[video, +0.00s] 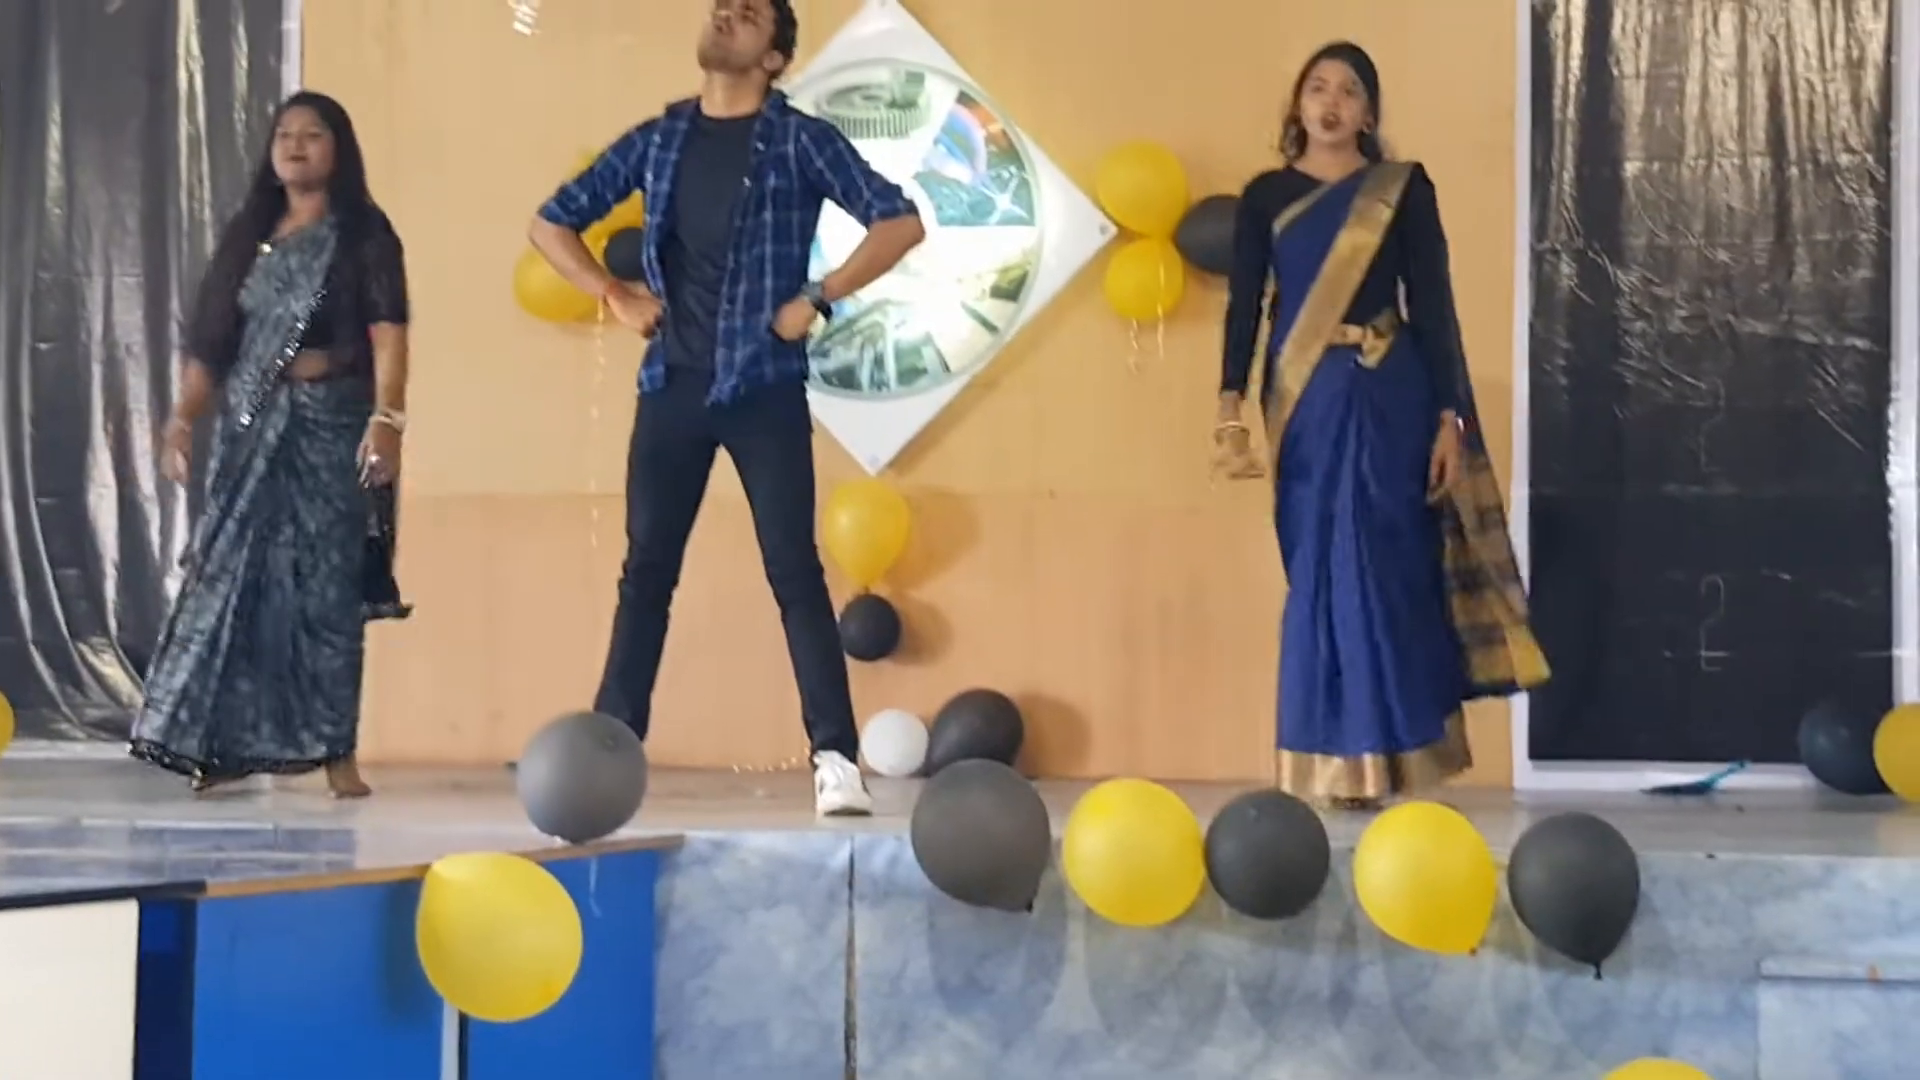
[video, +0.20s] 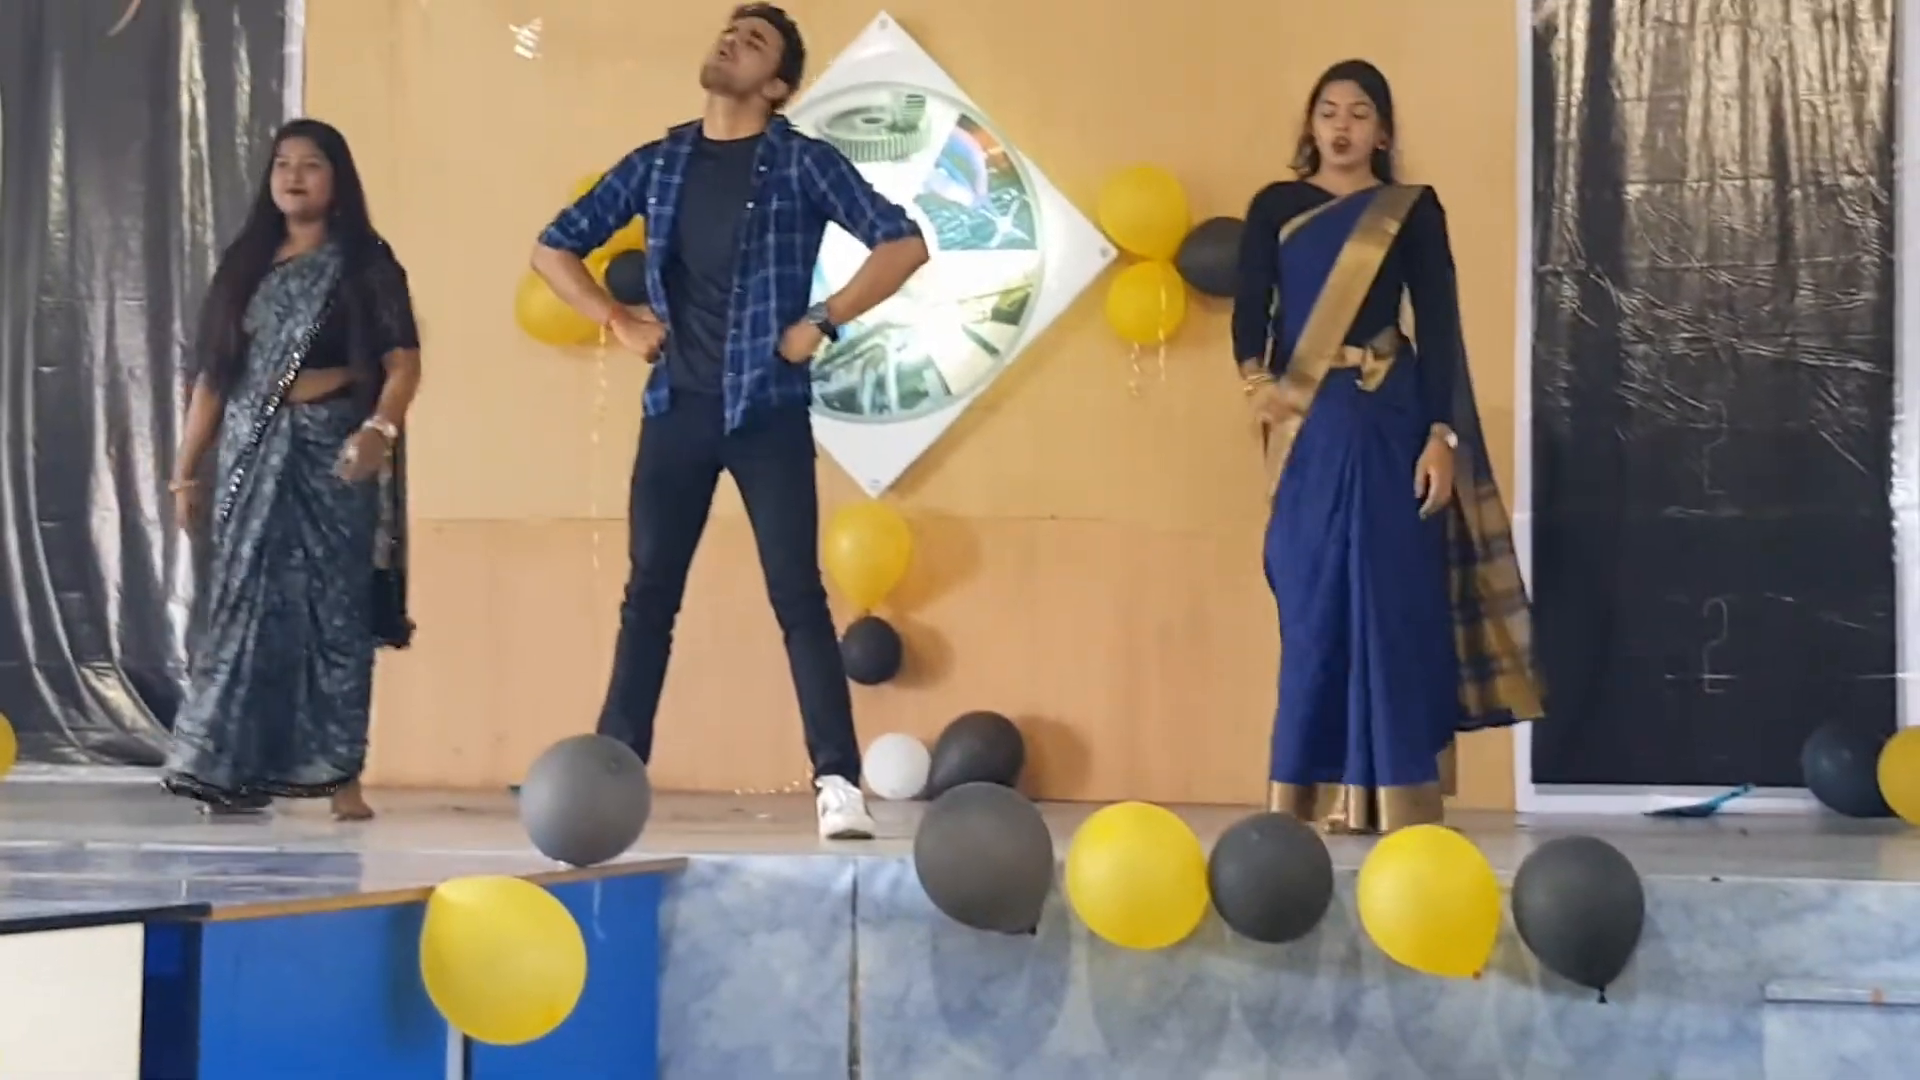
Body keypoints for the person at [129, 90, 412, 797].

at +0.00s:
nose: (296, 148)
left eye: (312, 137)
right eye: (286, 137)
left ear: (340, 150)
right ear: (269, 151)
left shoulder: (367, 233)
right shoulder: (247, 234)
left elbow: (388, 328)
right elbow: (210, 339)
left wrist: (388, 418)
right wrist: (182, 418)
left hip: (331, 424)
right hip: (249, 426)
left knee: (329, 581)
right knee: (235, 575)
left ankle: (339, 748)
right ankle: (224, 747)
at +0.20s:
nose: (295, 178)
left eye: (312, 166)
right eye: (284, 166)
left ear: (339, 179)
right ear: (269, 179)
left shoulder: (367, 262)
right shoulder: (246, 263)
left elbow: (402, 362)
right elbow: (213, 375)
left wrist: (381, 427)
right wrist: (187, 468)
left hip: (336, 454)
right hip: (254, 453)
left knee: (339, 607)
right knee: (248, 601)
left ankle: (344, 775)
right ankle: (235, 773)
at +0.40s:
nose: (284, 236)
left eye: (300, 225)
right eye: (271, 223)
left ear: (323, 237)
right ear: (254, 232)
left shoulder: (350, 314)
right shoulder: (227, 315)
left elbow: (381, 417)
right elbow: (195, 429)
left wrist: (371, 496)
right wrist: (152, 517)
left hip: (324, 504)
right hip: (246, 506)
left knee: (330, 656)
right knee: (247, 655)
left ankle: (345, 824)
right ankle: (251, 826)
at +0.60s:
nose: (299, 307)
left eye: (313, 294)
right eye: (286, 292)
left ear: (333, 302)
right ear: (263, 297)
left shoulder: (360, 368)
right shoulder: (237, 368)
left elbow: (399, 465)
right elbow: (203, 446)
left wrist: (371, 534)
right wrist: (190, 509)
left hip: (333, 560)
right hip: (255, 561)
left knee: (327, 722)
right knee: (256, 720)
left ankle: (325, 890)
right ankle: (258, 892)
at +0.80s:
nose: (374, 377)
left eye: (388, 366)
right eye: (362, 361)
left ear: (405, 373)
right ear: (337, 363)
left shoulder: (420, 442)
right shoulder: (296, 433)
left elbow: (438, 536)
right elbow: (251, 519)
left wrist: (423, 597)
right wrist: (269, 552)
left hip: (390, 629)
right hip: (310, 627)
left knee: (392, 780)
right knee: (308, 780)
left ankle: (398, 941)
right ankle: (309, 942)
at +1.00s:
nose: (467, 414)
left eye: (482, 404)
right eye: (456, 400)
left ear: (502, 415)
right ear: (434, 404)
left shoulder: (515, 493)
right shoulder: (392, 471)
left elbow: (526, 579)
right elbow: (328, 538)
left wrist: (509, 636)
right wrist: (355, 583)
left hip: (470, 672)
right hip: (388, 668)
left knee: (480, 811)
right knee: (385, 809)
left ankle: (506, 969)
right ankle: (378, 963)